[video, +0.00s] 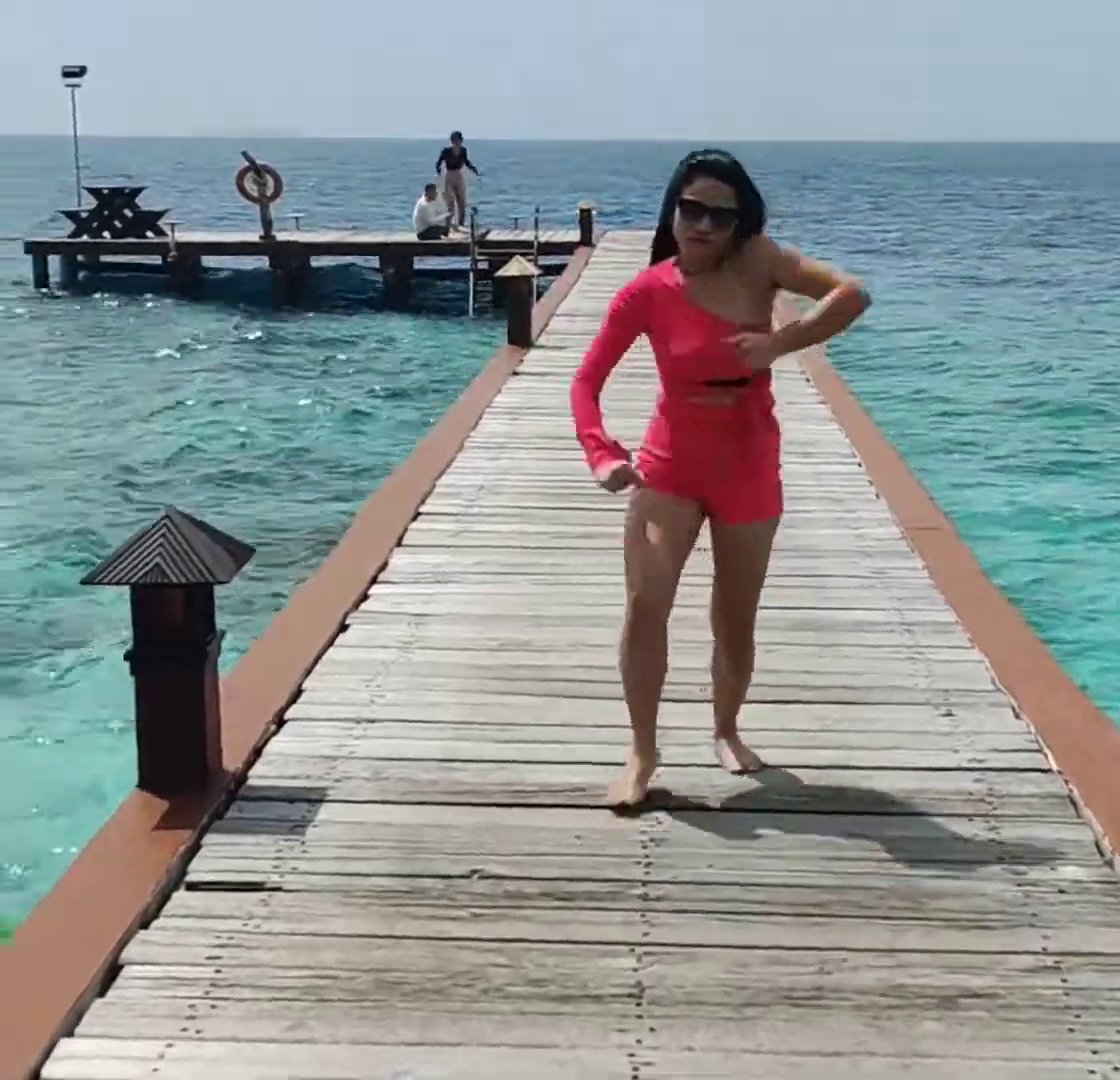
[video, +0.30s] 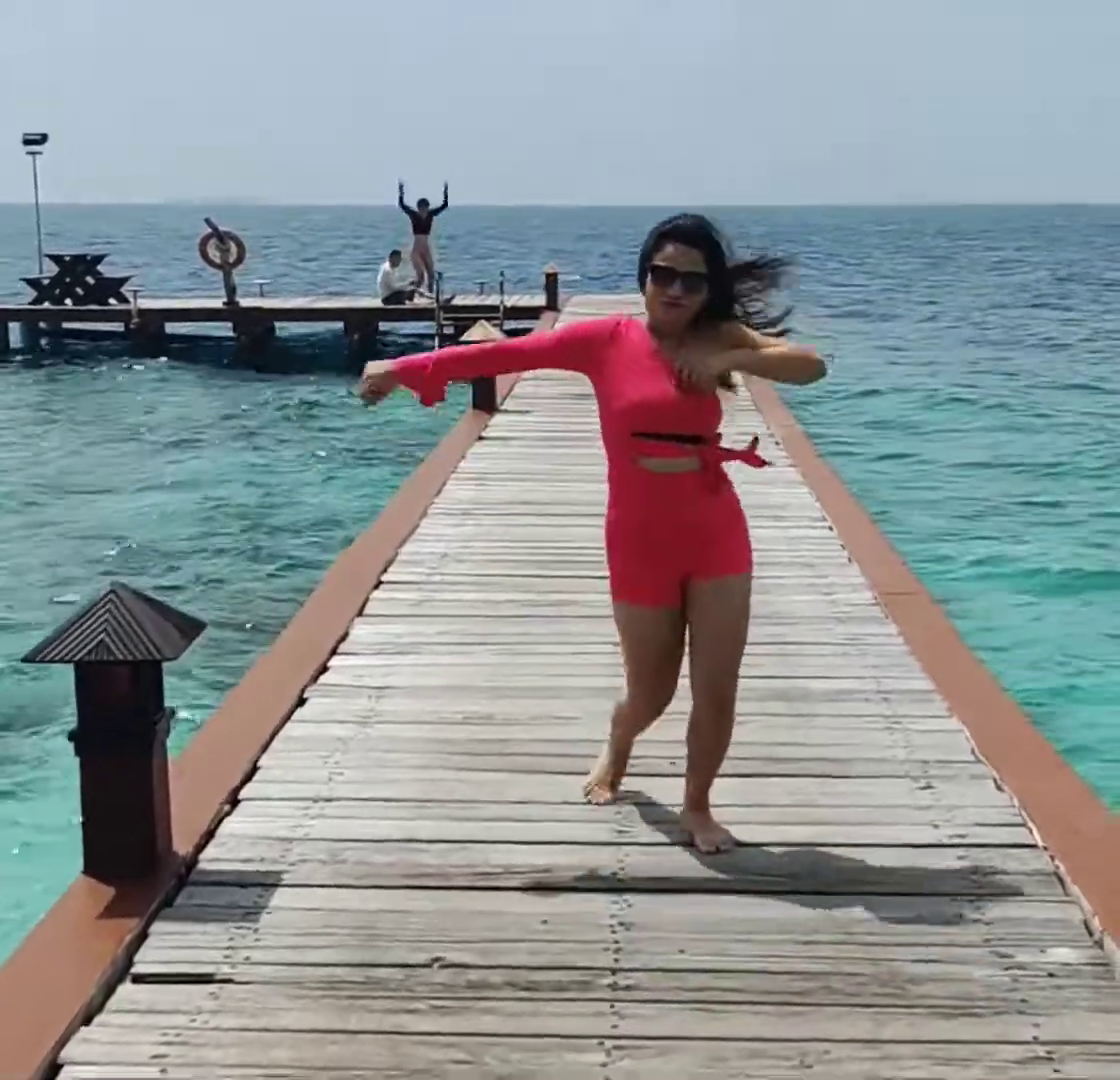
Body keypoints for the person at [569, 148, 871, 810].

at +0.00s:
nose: (701, 224)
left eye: (718, 213)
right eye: (689, 209)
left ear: (742, 219)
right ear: (671, 212)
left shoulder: (763, 263)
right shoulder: (648, 291)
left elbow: (852, 295)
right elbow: (585, 383)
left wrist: (782, 342)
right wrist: (602, 452)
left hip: (749, 465)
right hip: (670, 460)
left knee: (735, 620)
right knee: (644, 610)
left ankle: (726, 731)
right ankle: (641, 755)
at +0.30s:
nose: (673, 289)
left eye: (690, 279)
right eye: (661, 274)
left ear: (711, 287)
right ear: (643, 276)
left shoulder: (722, 342)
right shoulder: (607, 340)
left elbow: (812, 365)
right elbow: (502, 354)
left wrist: (732, 360)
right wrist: (398, 369)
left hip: (715, 529)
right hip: (639, 534)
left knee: (717, 691)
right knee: (652, 696)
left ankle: (697, 806)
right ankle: (617, 744)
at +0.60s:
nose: (594, 247)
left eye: (609, 237)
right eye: (582, 237)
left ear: (633, 250)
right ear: (565, 250)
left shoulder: (654, 318)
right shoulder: (540, 309)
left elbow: (752, 316)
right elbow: (444, 281)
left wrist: (671, 342)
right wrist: (348, 241)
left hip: (620, 502)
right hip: (544, 502)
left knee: (628, 664)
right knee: (555, 667)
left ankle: (646, 796)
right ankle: (561, 780)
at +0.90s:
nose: (528, 283)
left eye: (543, 273)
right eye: (515, 272)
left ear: (566, 283)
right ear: (499, 281)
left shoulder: (591, 334)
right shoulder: (488, 336)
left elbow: (677, 285)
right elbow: (411, 289)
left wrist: (656, 244)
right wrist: (338, 228)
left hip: (536, 538)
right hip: (470, 523)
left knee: (515, 688)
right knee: (475, 677)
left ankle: (557, 758)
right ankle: (521, 781)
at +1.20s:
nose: (510, 226)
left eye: (526, 217)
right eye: (499, 214)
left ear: (548, 232)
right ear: (481, 225)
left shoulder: (567, 289)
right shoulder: (451, 289)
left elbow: (662, 232)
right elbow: (360, 270)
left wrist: (738, 177)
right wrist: (285, 242)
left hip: (554, 484)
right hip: (476, 483)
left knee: (545, 638)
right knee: (472, 640)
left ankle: (544, 768)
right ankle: (477, 763)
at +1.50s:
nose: (504, 269)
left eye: (519, 259)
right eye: (490, 257)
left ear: (540, 268)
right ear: (472, 263)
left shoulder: (559, 338)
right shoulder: (441, 326)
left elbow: (645, 354)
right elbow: (349, 372)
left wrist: (738, 365)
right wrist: (257, 411)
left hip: (548, 516)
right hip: (471, 521)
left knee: (541, 664)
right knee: (489, 677)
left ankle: (531, 773)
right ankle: (493, 780)